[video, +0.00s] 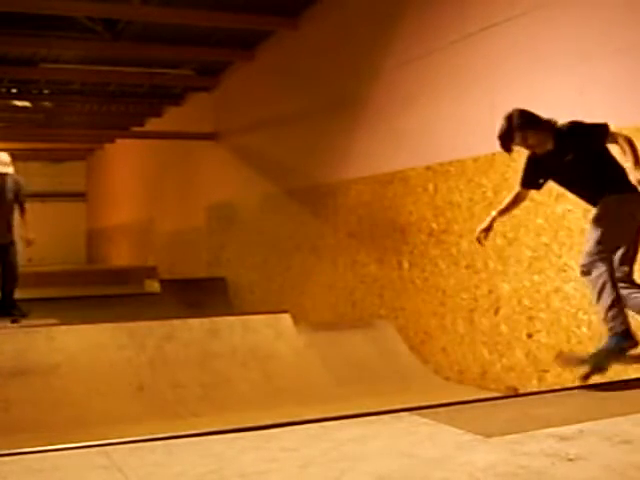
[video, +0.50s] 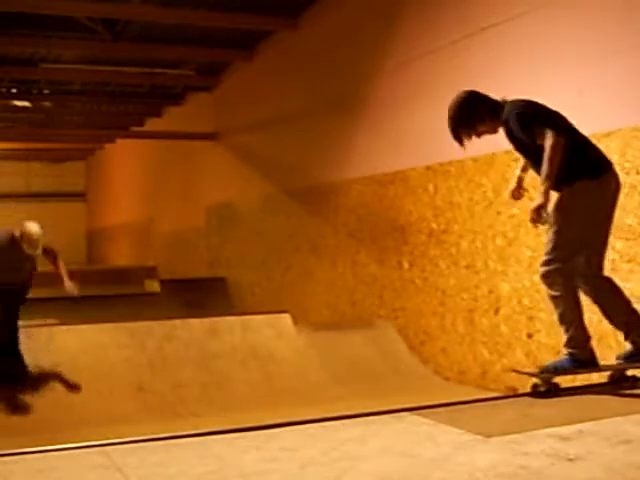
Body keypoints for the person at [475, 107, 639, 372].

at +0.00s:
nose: (527, 148)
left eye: (525, 140)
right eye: (521, 145)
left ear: (533, 127)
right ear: (521, 143)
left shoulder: (573, 132)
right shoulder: (538, 161)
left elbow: (621, 139)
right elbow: (521, 194)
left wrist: (635, 169)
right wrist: (492, 219)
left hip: (620, 201)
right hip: (623, 205)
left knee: (593, 264)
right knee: (619, 280)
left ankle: (619, 334)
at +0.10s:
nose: (519, 147)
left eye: (516, 140)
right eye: (514, 145)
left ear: (524, 127)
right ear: (513, 144)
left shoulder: (565, 129)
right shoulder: (536, 158)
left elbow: (615, 135)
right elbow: (522, 191)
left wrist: (636, 166)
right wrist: (490, 212)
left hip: (619, 200)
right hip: (621, 202)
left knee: (596, 275)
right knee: (618, 284)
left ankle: (618, 348)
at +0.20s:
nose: (506, 149)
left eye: (502, 143)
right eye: (501, 146)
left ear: (509, 130)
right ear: (507, 132)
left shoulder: (551, 128)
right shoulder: (531, 151)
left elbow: (603, 137)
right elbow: (527, 184)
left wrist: (622, 172)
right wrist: (493, 209)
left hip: (610, 196)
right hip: (618, 196)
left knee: (589, 274)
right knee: (617, 279)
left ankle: (610, 350)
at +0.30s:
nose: (498, 145)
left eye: (495, 139)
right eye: (493, 143)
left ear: (501, 125)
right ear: (502, 125)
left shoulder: (539, 121)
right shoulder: (527, 141)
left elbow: (587, 138)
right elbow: (528, 171)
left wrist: (592, 181)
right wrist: (503, 200)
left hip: (604, 190)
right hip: (620, 188)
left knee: (581, 273)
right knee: (610, 275)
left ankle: (596, 353)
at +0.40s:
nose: (490, 140)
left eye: (486, 134)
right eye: (485, 138)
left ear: (492, 119)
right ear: (494, 116)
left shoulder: (527, 118)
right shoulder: (523, 125)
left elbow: (566, 138)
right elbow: (534, 155)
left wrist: (564, 186)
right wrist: (514, 186)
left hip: (592, 191)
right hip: (609, 186)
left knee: (564, 273)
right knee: (597, 274)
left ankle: (582, 353)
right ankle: (638, 340)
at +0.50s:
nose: (480, 135)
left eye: (475, 130)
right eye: (474, 133)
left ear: (479, 115)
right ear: (484, 107)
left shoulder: (516, 116)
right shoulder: (514, 118)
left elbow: (553, 139)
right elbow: (533, 147)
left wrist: (543, 196)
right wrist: (520, 177)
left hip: (581, 187)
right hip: (600, 183)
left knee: (554, 271)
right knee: (587, 273)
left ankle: (579, 352)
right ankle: (637, 337)